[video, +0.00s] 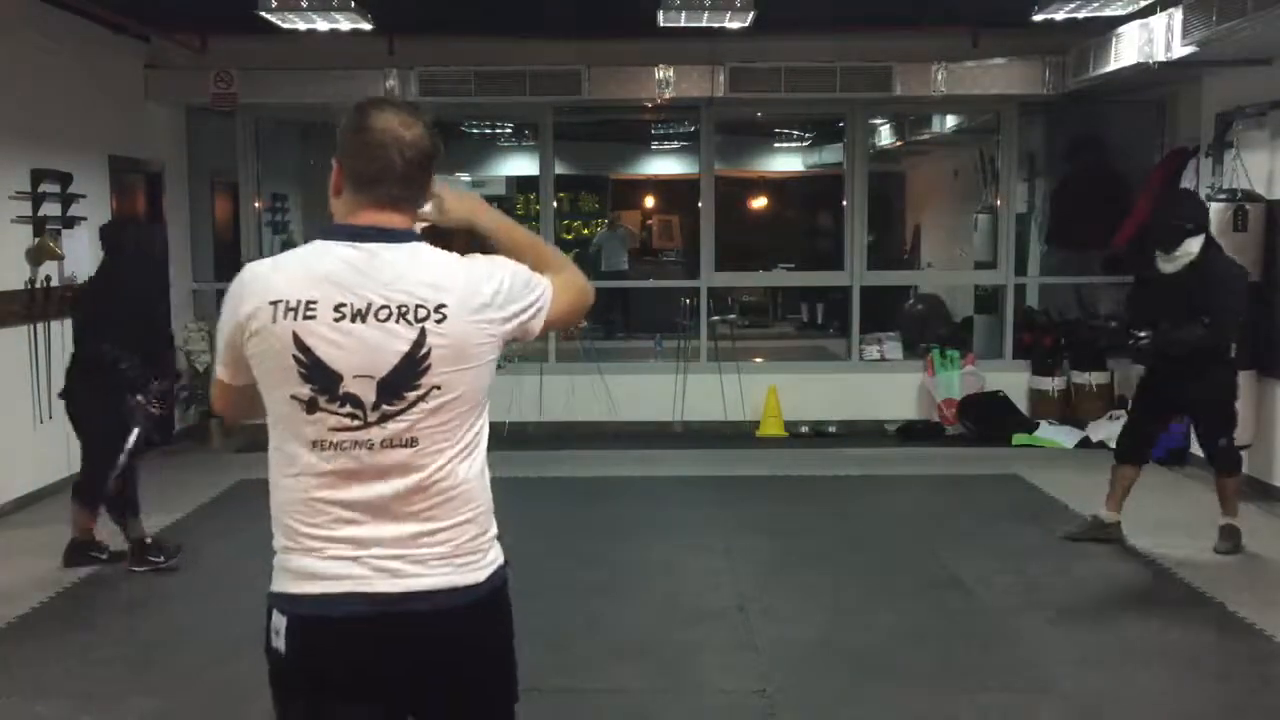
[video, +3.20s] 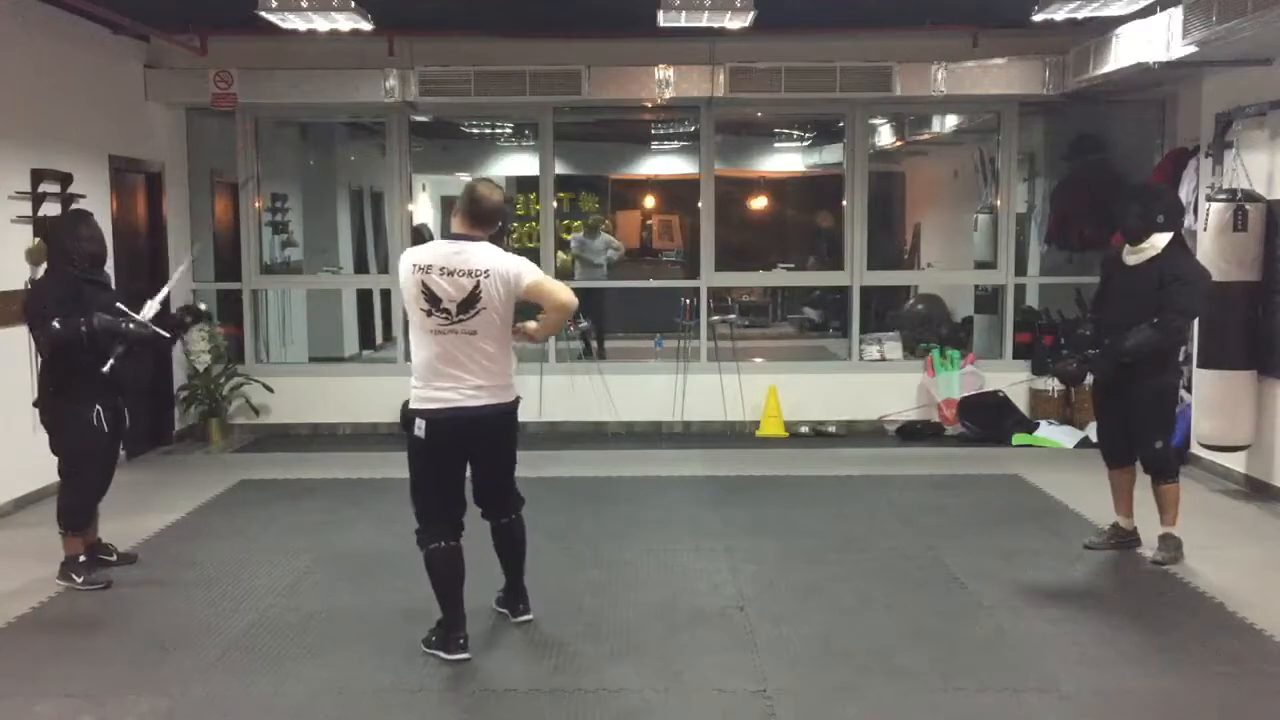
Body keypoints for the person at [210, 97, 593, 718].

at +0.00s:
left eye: (329, 169)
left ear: (336, 178)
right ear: (428, 191)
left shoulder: (261, 287)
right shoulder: (479, 286)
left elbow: (232, 406)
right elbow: (573, 289)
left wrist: (313, 390)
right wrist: (481, 213)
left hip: (317, 616)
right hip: (458, 613)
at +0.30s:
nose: (419, 178)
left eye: (423, 168)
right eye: (425, 168)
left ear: (431, 177)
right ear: (505, 195)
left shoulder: (357, 274)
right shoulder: (543, 284)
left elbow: (307, 377)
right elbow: (605, 265)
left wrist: (382, 334)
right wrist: (515, 190)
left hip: (387, 558)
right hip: (505, 555)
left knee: (371, 709)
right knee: (508, 706)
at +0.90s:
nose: (454, 186)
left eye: (457, 179)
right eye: (457, 178)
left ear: (463, 189)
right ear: (526, 201)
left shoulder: (406, 275)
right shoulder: (557, 273)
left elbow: (351, 362)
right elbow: (552, 235)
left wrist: (400, 316)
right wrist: (513, 179)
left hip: (436, 499)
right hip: (532, 492)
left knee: (452, 657)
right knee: (523, 653)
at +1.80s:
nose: (473, 192)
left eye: (476, 184)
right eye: (476, 184)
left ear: (486, 193)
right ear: (533, 200)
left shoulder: (443, 261)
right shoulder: (558, 260)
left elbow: (396, 337)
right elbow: (547, 239)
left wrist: (424, 305)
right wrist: (516, 206)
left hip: (465, 444)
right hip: (542, 441)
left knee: (451, 565)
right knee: (528, 565)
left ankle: (475, 676)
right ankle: (523, 687)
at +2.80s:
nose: (429, 201)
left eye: (428, 193)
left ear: (428, 198)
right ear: (472, 206)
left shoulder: (390, 257)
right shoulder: (495, 256)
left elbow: (378, 325)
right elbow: (551, 305)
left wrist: (417, 308)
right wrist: (507, 291)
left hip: (426, 413)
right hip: (491, 409)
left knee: (437, 524)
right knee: (511, 508)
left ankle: (452, 632)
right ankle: (525, 611)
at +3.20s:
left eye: (457, 206)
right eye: (498, 222)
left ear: (454, 211)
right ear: (498, 224)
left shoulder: (411, 261)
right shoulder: (508, 265)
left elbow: (427, 306)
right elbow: (565, 302)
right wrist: (536, 331)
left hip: (434, 417)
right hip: (495, 413)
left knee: (438, 521)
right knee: (501, 502)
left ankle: (452, 630)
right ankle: (516, 593)